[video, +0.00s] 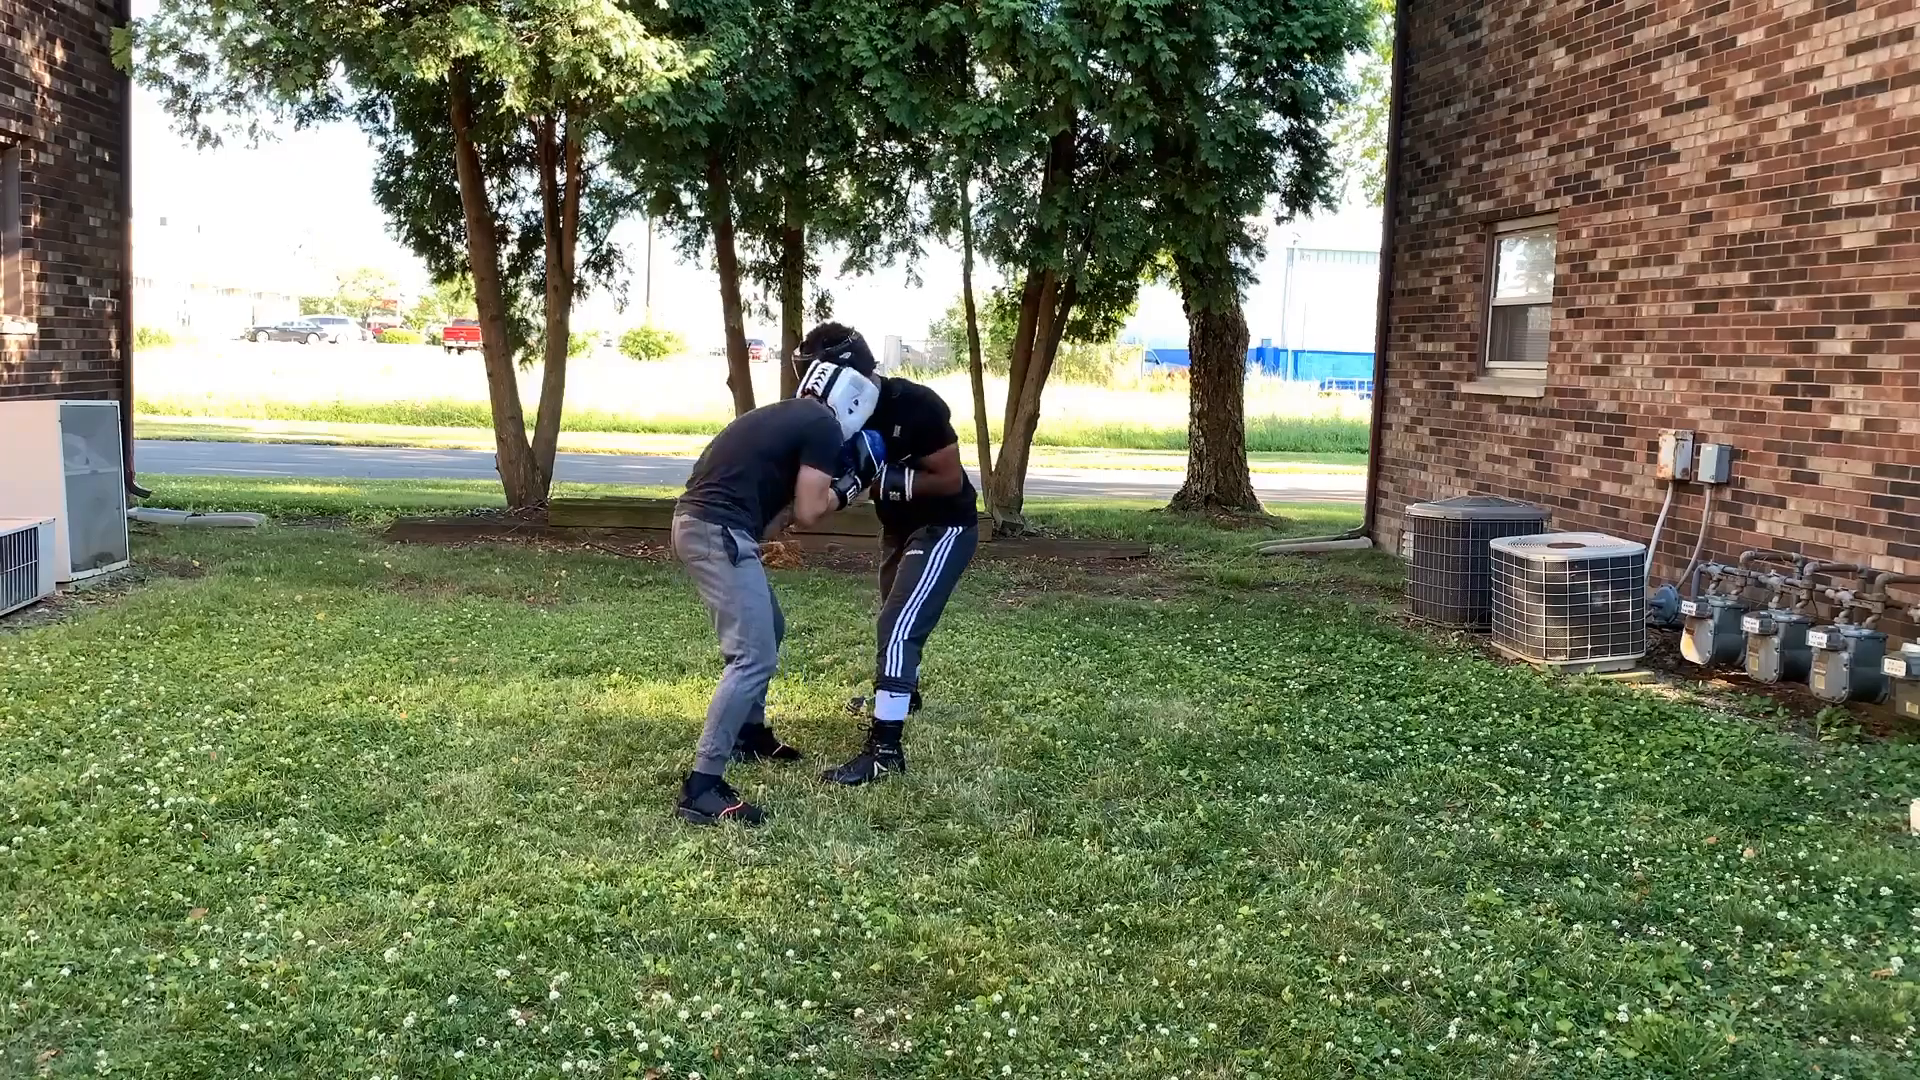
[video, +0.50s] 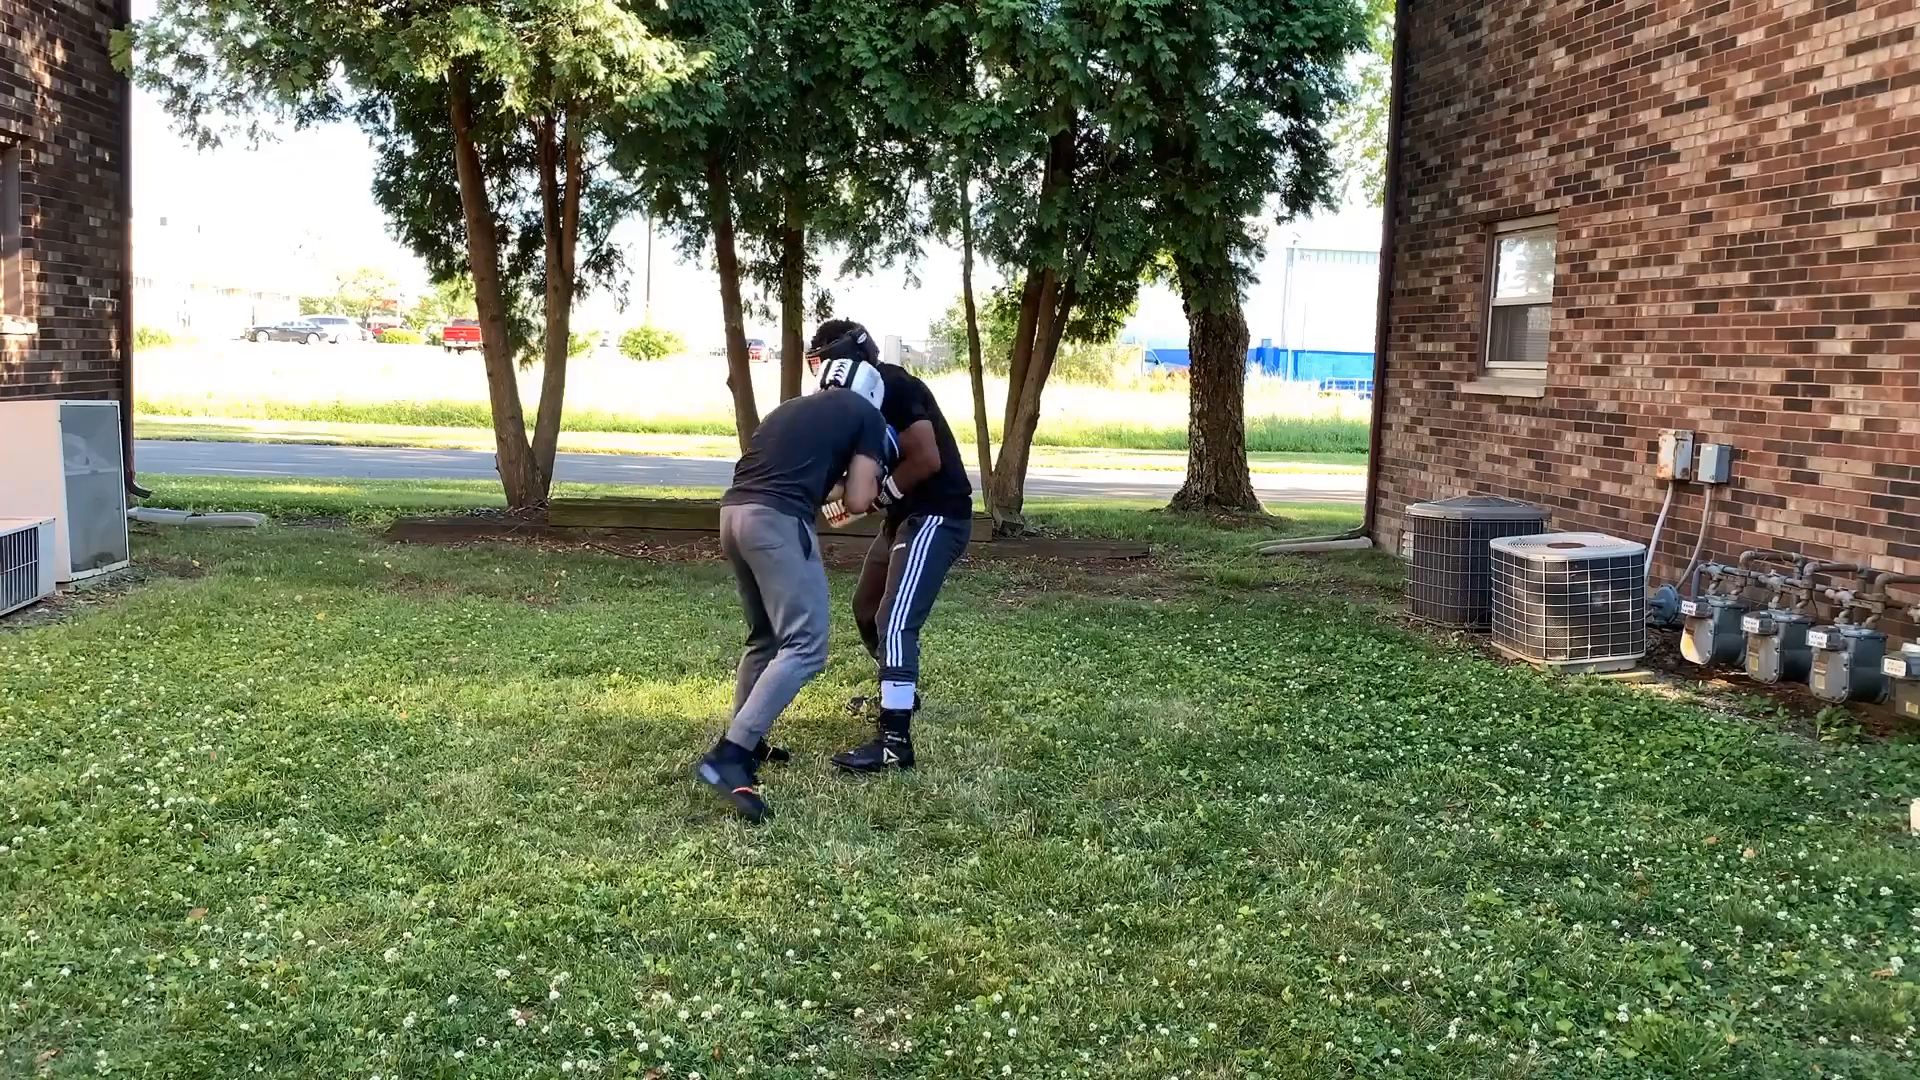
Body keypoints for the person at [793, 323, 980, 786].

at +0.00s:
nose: (811, 389)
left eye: (817, 377)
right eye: (807, 379)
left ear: (846, 371)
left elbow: (950, 480)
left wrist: (893, 481)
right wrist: (852, 476)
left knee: (898, 624)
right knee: (891, 616)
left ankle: (885, 749)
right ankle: (900, 694)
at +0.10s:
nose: (814, 396)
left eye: (820, 384)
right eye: (810, 386)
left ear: (848, 374)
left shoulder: (914, 401)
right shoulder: (843, 416)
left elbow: (956, 472)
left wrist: (898, 485)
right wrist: (845, 483)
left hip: (940, 524)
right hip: (896, 526)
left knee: (896, 627)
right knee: (878, 617)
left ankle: (884, 749)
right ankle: (902, 693)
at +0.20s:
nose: (812, 391)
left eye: (817, 380)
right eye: (810, 381)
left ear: (844, 373)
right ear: (847, 370)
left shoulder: (900, 409)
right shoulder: (858, 408)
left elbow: (929, 487)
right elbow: (878, 476)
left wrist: (871, 522)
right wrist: (853, 521)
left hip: (936, 525)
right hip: (901, 522)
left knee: (888, 627)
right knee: (871, 614)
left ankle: (883, 750)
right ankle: (900, 689)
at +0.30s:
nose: (814, 387)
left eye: (817, 377)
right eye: (812, 377)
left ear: (839, 372)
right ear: (854, 364)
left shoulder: (878, 405)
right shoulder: (867, 401)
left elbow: (898, 495)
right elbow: (886, 485)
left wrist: (863, 532)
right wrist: (856, 524)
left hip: (934, 528)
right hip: (909, 523)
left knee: (886, 627)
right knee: (870, 610)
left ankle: (882, 751)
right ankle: (900, 690)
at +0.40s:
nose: (816, 383)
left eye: (819, 372)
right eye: (813, 373)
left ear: (842, 366)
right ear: (853, 361)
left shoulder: (884, 394)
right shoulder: (867, 396)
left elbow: (908, 478)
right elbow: (889, 474)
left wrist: (860, 522)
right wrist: (861, 514)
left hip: (932, 523)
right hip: (906, 519)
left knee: (895, 626)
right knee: (869, 608)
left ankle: (885, 745)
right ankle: (899, 692)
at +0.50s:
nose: (818, 377)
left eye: (821, 367)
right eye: (816, 368)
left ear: (846, 361)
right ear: (851, 360)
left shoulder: (896, 385)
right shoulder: (860, 400)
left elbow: (926, 458)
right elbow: (882, 462)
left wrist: (876, 493)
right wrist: (852, 492)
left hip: (934, 515)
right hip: (901, 516)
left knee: (896, 620)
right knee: (867, 611)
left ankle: (895, 741)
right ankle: (901, 690)